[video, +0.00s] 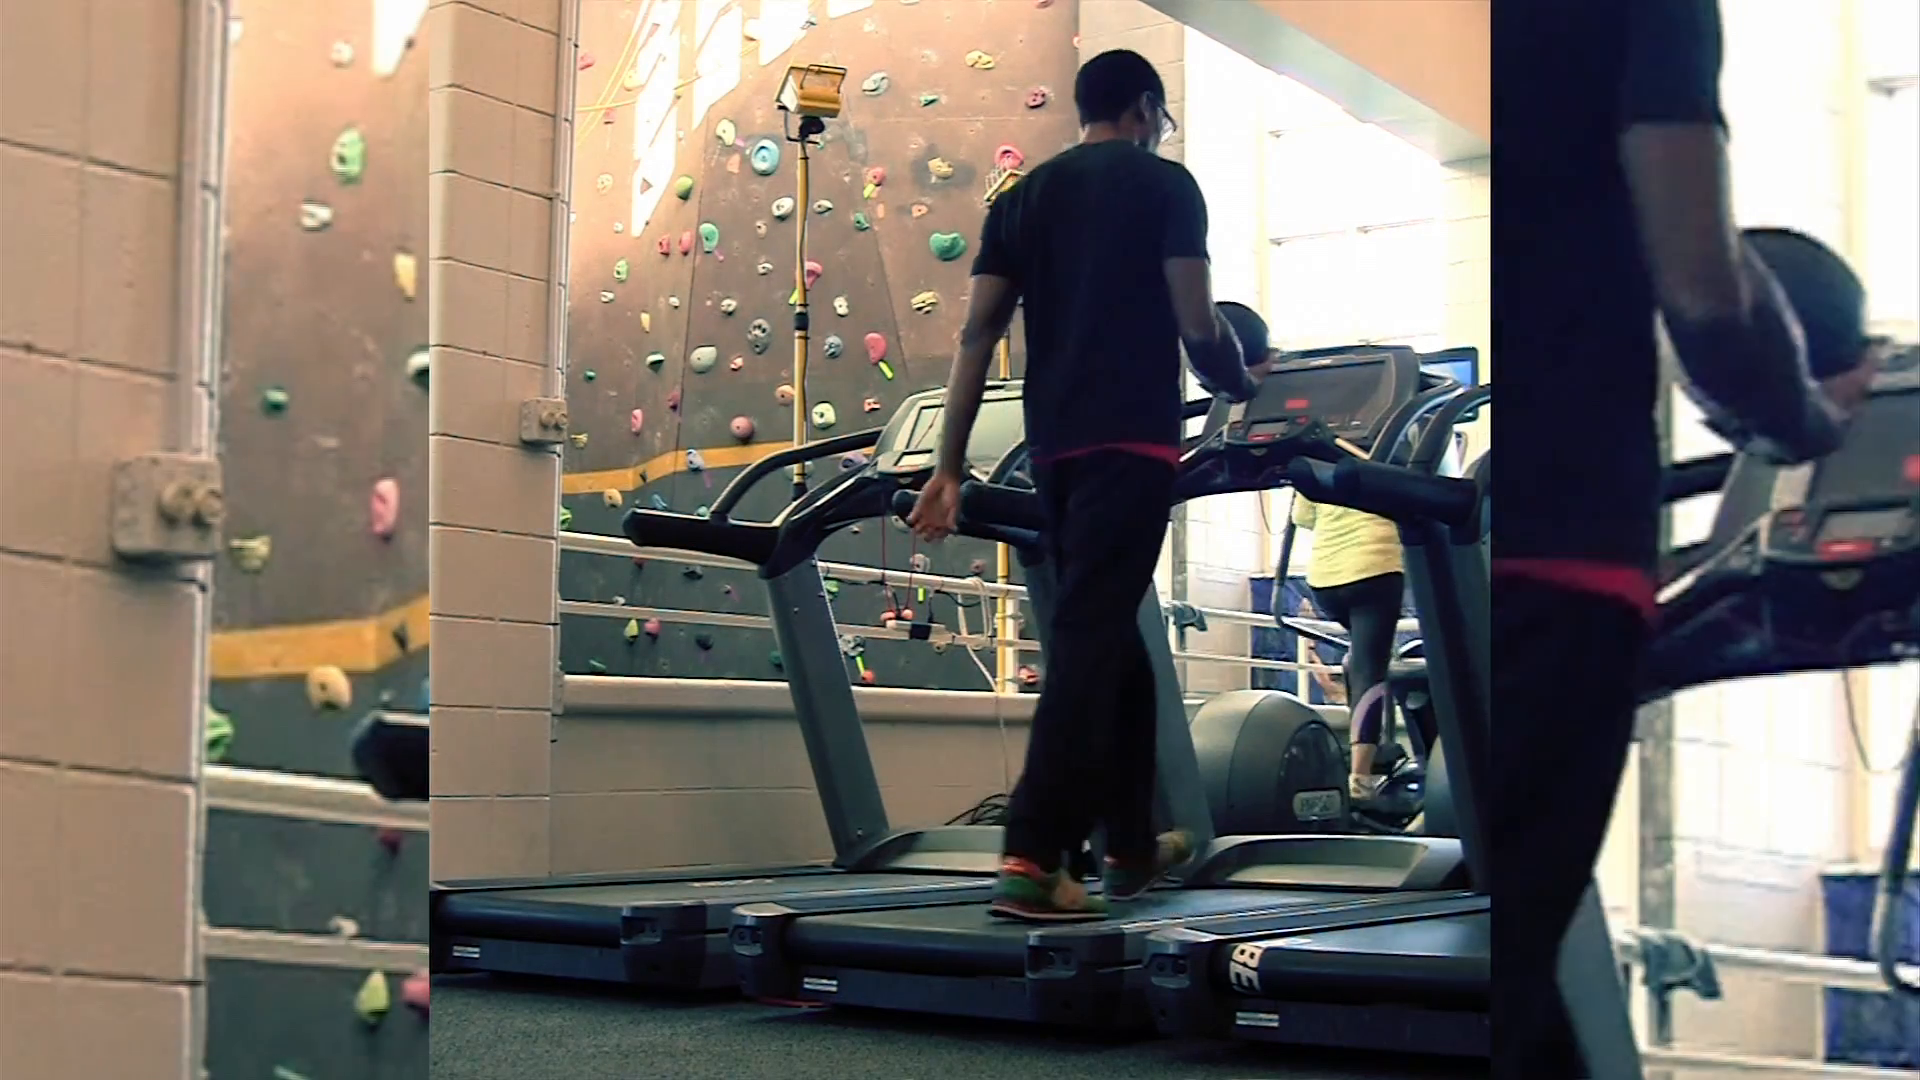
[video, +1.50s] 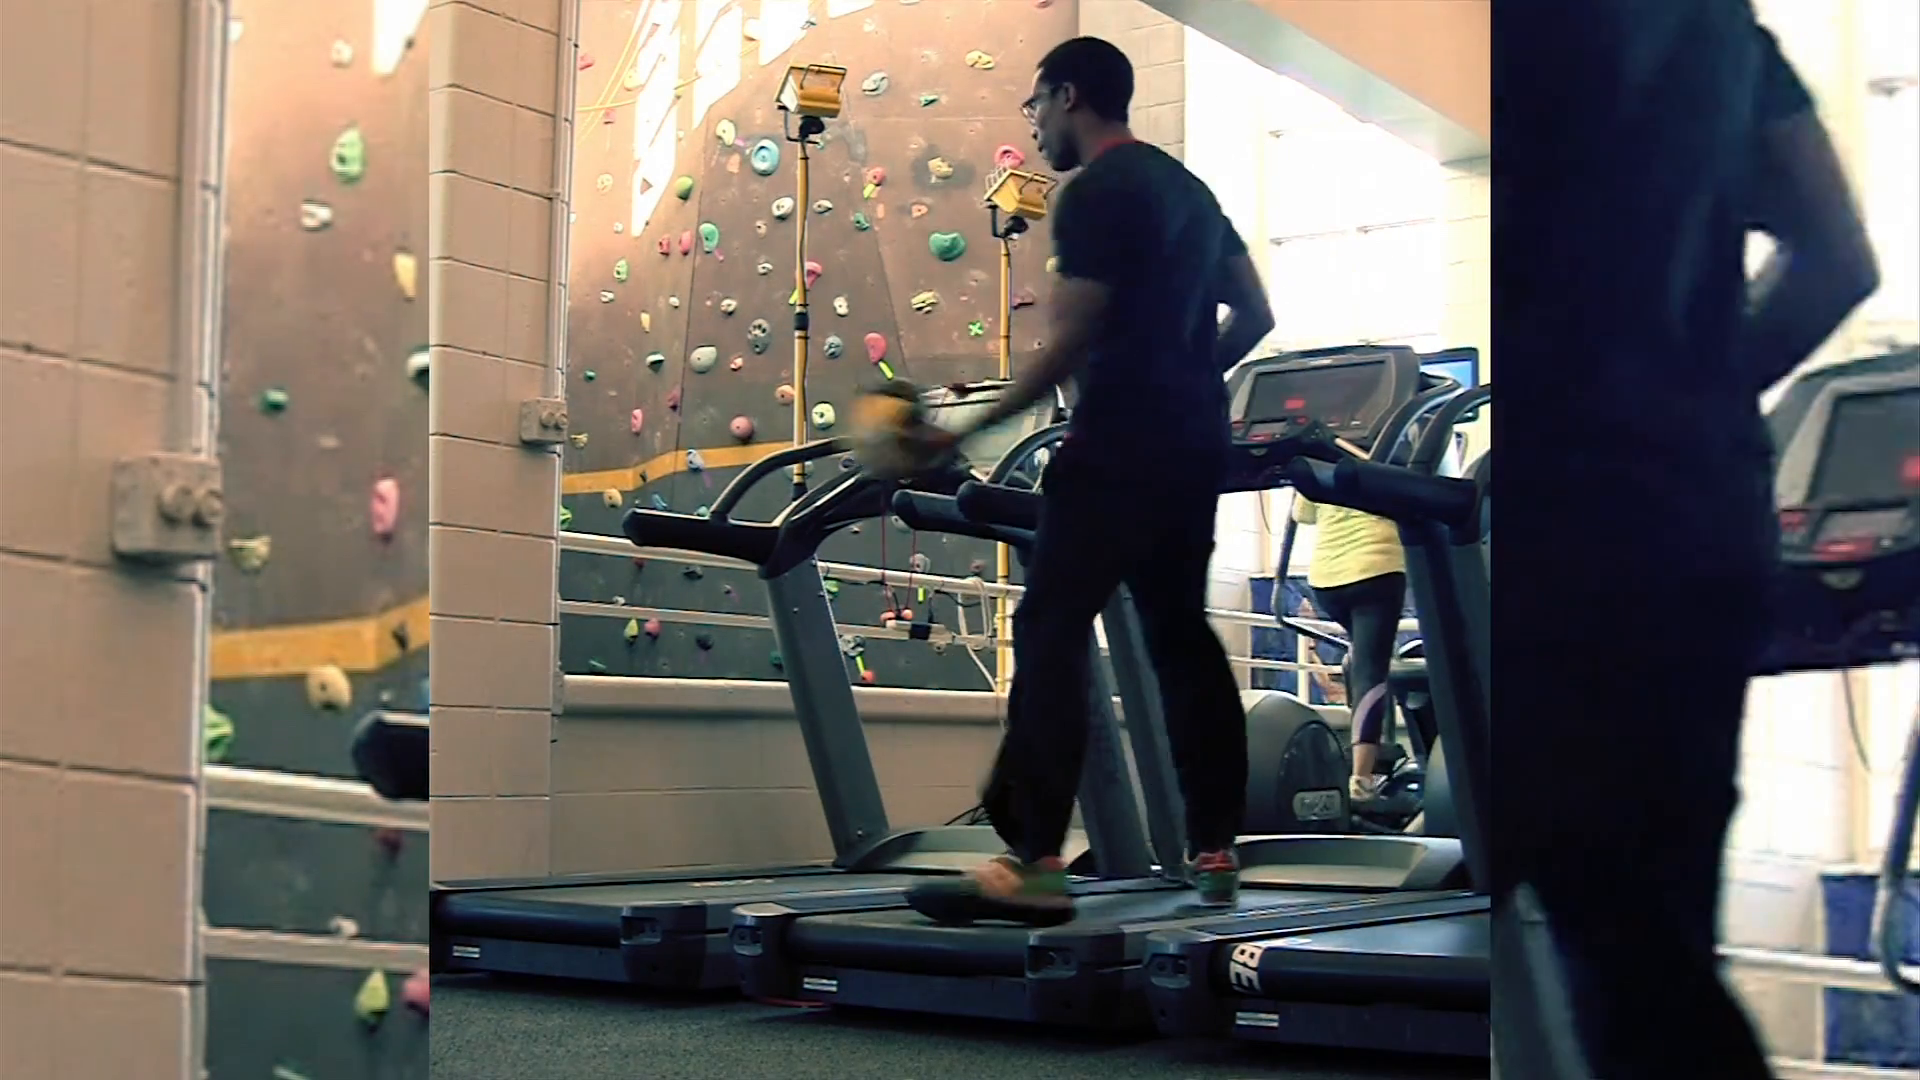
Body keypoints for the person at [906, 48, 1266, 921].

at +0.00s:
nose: (1162, 132)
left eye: (1161, 121)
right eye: (1161, 118)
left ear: (1081, 112)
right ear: (1143, 111)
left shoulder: (1020, 197)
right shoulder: (1165, 182)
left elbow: (977, 338)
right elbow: (1197, 331)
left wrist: (947, 464)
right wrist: (1240, 388)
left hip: (1053, 450)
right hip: (1136, 445)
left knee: (1110, 643)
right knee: (1086, 645)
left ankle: (1132, 849)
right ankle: (1032, 859)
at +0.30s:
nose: (1176, 139)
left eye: (1178, 127)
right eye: (1170, 123)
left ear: (1102, 114)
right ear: (1128, 106)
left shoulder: (1025, 197)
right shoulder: (1142, 158)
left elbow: (945, 302)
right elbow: (1187, 230)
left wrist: (968, 414)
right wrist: (1293, 302)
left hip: (1031, 447)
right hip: (1121, 438)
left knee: (1037, 641)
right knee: (1157, 625)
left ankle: (1042, 856)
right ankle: (1046, 776)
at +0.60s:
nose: (1256, 158)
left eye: (1259, 146)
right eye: (1240, 140)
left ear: (1185, 156)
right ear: (1188, 145)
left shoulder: (1130, 218)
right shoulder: (1178, 205)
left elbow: (992, 275)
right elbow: (1058, 261)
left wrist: (956, 389)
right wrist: (1011, 385)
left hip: (1079, 483)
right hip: (1137, 482)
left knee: (1096, 680)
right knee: (1217, 663)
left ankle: (947, 774)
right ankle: (1138, 859)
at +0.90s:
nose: (1147, 5)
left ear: (1182, 4)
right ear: (1112, 2)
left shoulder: (1217, 81)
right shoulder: (1069, 71)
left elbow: (1266, 174)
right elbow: (976, 169)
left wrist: (1330, 176)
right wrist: (1001, 252)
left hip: (1173, 342)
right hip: (1074, 342)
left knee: (1223, 494)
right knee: (1063, 540)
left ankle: (1128, 633)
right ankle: (1040, 741)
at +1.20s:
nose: (1039, 96)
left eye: (1050, 76)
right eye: (1037, 80)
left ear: (1103, 68)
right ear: (1087, 75)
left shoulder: (1198, 140)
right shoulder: (1072, 177)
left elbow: (1301, 195)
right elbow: (1072, 288)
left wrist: (1351, 217)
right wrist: (982, 327)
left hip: (1167, 423)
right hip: (1080, 402)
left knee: (1147, 632)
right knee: (933, 481)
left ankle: (1184, 853)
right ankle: (1026, 658)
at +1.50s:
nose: (1032, 128)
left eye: (1037, 109)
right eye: (1031, 112)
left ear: (1073, 100)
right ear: (1117, 103)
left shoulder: (1094, 190)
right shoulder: (1190, 191)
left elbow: (1065, 342)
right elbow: (1252, 316)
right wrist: (1181, 371)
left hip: (1111, 448)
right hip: (1193, 447)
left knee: (1048, 628)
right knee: (1182, 631)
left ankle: (1034, 859)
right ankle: (1214, 845)